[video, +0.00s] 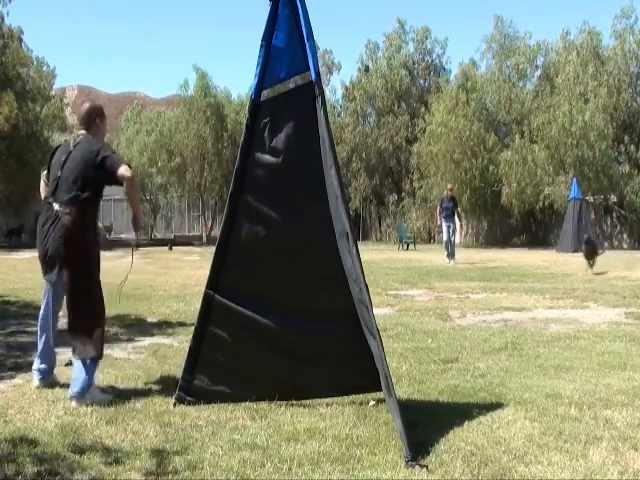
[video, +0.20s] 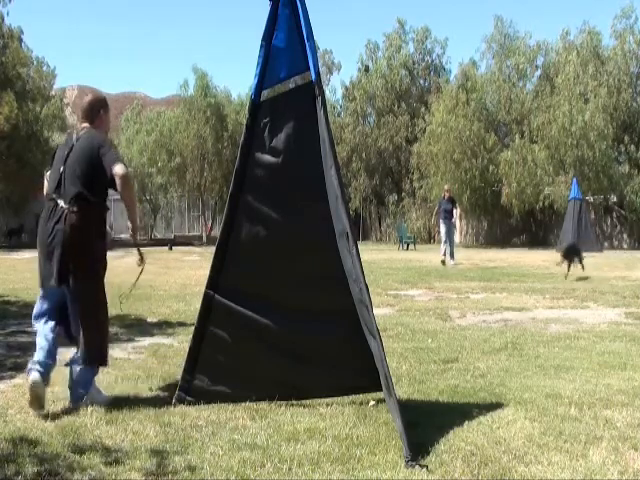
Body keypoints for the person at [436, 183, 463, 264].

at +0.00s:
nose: (450, 192)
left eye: (451, 191)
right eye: (449, 191)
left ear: (453, 191)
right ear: (446, 191)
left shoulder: (454, 199)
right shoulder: (443, 199)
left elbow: (457, 210)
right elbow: (439, 209)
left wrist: (460, 221)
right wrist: (439, 220)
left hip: (452, 220)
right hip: (444, 220)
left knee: (452, 239)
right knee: (446, 239)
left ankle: (452, 257)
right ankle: (447, 254)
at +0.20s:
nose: (447, 193)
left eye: (448, 191)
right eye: (446, 191)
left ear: (450, 192)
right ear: (444, 192)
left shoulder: (452, 201)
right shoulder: (441, 201)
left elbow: (455, 209)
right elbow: (437, 209)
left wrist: (455, 218)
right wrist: (434, 217)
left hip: (450, 220)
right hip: (442, 220)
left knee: (451, 240)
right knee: (444, 238)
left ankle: (452, 258)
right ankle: (443, 257)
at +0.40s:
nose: (444, 194)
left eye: (445, 192)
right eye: (443, 192)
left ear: (447, 193)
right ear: (441, 193)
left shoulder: (450, 201)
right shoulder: (438, 201)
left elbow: (453, 210)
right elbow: (434, 211)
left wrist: (451, 218)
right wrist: (430, 221)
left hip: (447, 221)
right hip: (440, 221)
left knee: (449, 240)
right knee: (441, 240)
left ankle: (452, 257)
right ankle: (443, 259)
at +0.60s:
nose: (441, 191)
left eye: (443, 189)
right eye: (440, 189)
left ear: (445, 190)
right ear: (439, 190)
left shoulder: (448, 199)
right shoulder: (436, 200)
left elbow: (450, 209)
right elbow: (432, 209)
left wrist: (451, 218)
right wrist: (432, 218)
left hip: (446, 218)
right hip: (438, 219)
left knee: (445, 238)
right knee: (440, 238)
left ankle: (445, 257)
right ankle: (443, 256)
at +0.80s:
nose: (440, 192)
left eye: (441, 190)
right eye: (438, 190)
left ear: (443, 191)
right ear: (437, 191)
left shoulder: (446, 200)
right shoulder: (434, 201)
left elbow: (450, 211)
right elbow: (428, 209)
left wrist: (451, 220)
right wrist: (431, 215)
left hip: (443, 220)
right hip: (435, 220)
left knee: (441, 239)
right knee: (438, 239)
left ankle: (441, 257)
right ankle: (441, 256)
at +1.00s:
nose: (437, 191)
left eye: (439, 189)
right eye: (436, 189)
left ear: (441, 190)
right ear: (434, 190)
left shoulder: (443, 198)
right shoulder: (432, 199)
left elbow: (446, 208)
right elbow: (428, 209)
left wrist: (447, 218)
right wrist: (427, 218)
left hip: (441, 219)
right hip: (433, 219)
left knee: (440, 238)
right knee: (433, 238)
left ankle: (440, 254)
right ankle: (433, 254)